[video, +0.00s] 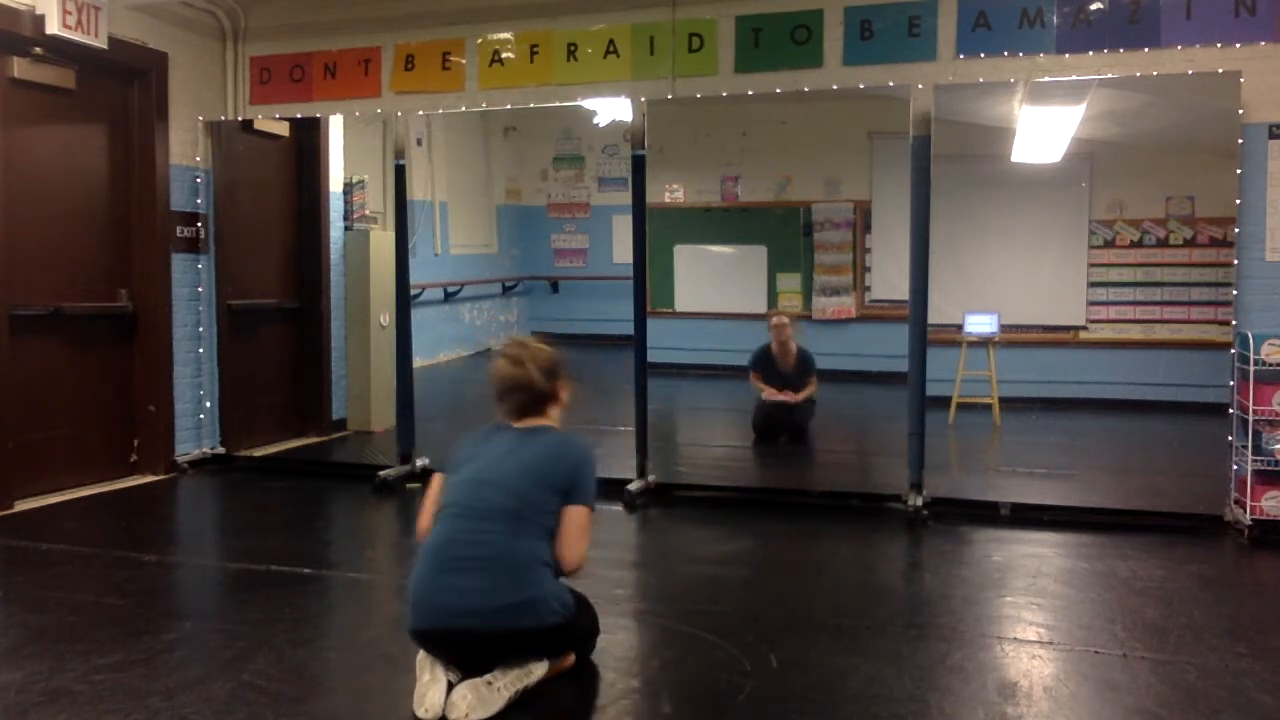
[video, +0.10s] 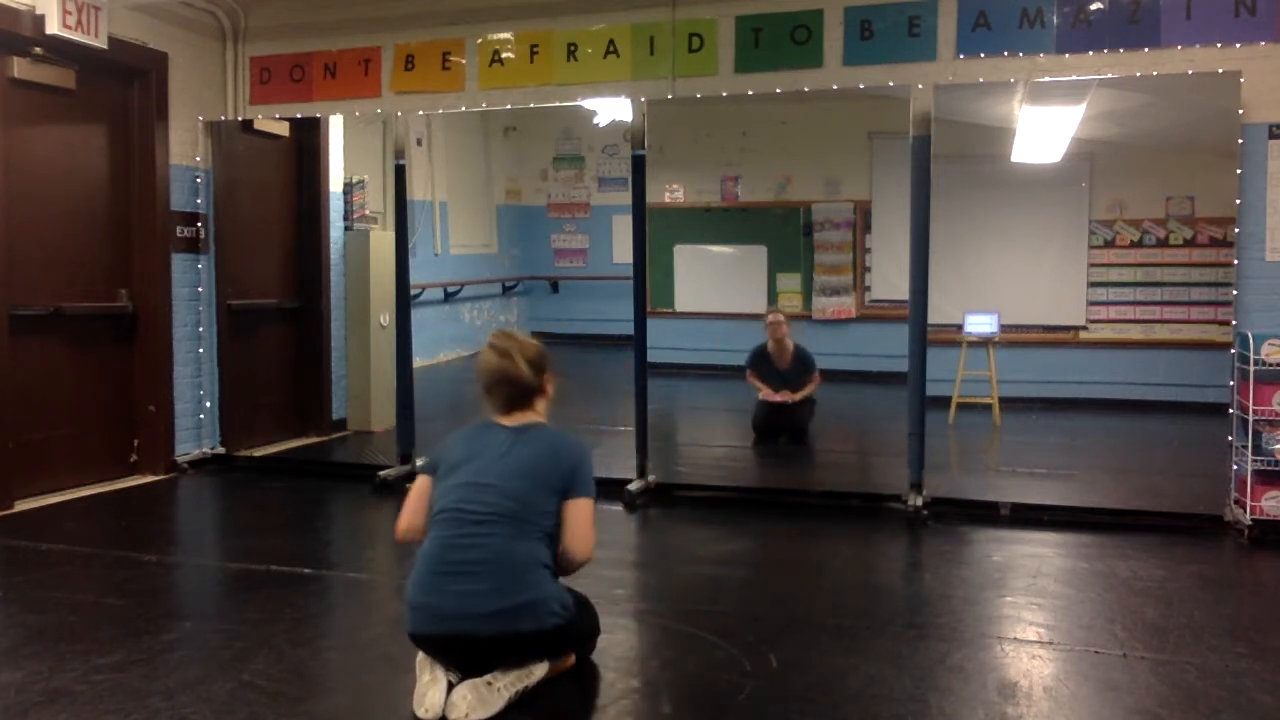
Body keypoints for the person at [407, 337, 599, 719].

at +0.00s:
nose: (568, 388)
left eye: (564, 380)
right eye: (565, 381)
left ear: (503, 396)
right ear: (559, 391)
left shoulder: (468, 444)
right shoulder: (572, 451)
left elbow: (424, 529)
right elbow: (570, 560)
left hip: (432, 619)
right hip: (521, 616)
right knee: (582, 621)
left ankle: (444, 674)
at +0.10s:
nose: (555, 381)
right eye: (553, 375)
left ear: (486, 389)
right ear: (546, 384)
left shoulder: (450, 445)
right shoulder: (567, 449)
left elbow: (407, 529)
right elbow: (577, 550)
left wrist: (462, 528)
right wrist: (542, 568)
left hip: (433, 628)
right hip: (524, 625)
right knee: (583, 620)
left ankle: (447, 677)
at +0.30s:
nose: (527, 385)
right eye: (525, 379)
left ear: (469, 396)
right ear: (522, 384)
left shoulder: (443, 454)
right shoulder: (556, 444)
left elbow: (430, 542)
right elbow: (567, 550)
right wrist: (531, 577)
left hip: (436, 630)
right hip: (526, 627)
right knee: (583, 617)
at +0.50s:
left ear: (451, 440)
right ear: (499, 419)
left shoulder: (447, 481)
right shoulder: (549, 461)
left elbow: (437, 541)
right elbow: (559, 532)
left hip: (446, 616)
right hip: (540, 614)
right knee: (586, 630)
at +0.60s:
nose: (446, 476)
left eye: (445, 469)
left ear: (453, 465)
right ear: (494, 449)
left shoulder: (452, 489)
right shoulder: (551, 467)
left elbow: (438, 533)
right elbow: (555, 535)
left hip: (448, 610)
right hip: (547, 607)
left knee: (480, 663)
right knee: (578, 646)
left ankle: (444, 665)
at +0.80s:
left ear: (462, 464)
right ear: (513, 450)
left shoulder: (460, 485)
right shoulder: (559, 478)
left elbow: (444, 537)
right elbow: (561, 546)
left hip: (449, 606)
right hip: (544, 605)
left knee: (481, 659)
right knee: (581, 644)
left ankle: (444, 662)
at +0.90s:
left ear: (472, 429)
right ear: (525, 426)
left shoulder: (461, 469)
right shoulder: (555, 465)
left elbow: (446, 528)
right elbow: (563, 526)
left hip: (446, 609)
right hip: (541, 608)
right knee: (585, 634)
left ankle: (445, 665)